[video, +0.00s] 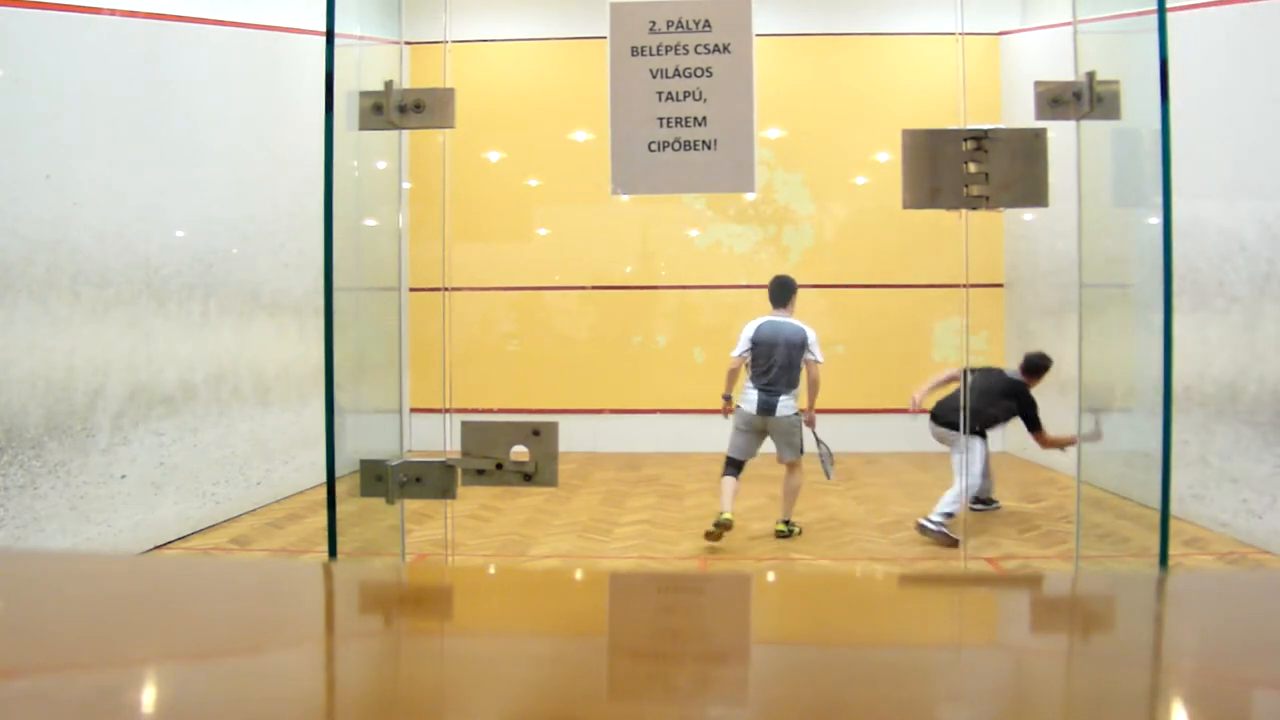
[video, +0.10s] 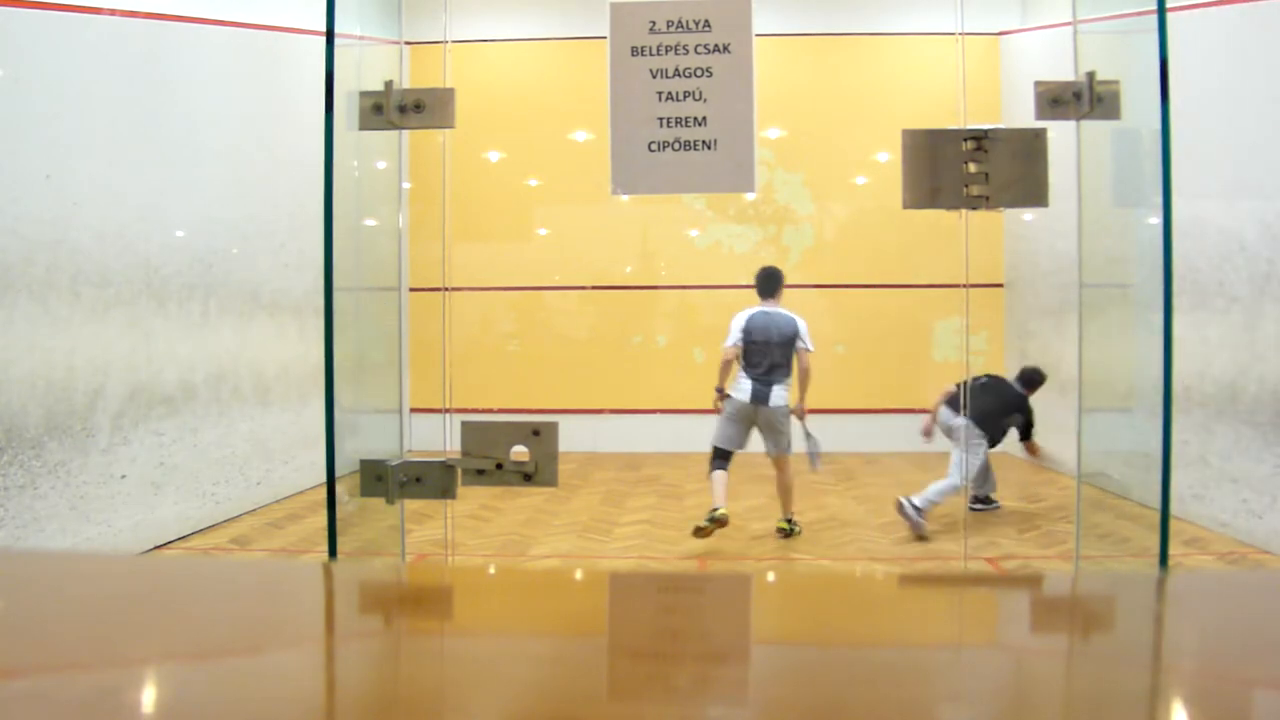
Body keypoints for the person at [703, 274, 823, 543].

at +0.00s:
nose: (796, 300)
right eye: (796, 296)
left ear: (770, 298)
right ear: (793, 298)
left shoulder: (753, 327)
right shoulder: (805, 332)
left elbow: (734, 366)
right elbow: (813, 376)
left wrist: (727, 395)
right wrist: (810, 409)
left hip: (750, 409)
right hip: (785, 412)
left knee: (732, 466)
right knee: (793, 466)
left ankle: (725, 514)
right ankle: (784, 521)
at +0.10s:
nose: (779, 291)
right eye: (781, 287)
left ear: (757, 290)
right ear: (781, 290)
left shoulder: (742, 318)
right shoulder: (796, 322)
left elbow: (729, 356)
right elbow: (804, 365)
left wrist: (720, 388)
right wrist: (801, 401)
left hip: (741, 398)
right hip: (776, 401)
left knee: (720, 456)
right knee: (782, 463)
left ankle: (719, 508)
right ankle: (787, 518)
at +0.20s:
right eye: (763, 286)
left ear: (740, 290)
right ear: (765, 289)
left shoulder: (730, 319)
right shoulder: (783, 322)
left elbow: (722, 360)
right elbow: (794, 364)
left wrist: (708, 393)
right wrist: (788, 401)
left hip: (733, 397)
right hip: (768, 400)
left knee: (706, 460)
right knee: (775, 463)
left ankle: (704, 518)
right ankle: (778, 522)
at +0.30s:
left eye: (721, 298)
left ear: (720, 302)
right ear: (744, 300)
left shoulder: (717, 333)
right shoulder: (765, 333)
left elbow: (711, 378)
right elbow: (779, 376)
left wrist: (691, 415)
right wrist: (768, 407)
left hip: (726, 415)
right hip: (760, 415)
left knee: (692, 472)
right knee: (760, 475)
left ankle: (682, 536)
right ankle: (776, 532)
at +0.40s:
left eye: (692, 298)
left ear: (692, 301)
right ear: (715, 301)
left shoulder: (691, 332)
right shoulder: (736, 334)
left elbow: (695, 376)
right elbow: (752, 378)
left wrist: (682, 420)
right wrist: (740, 404)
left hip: (710, 416)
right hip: (742, 414)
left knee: (671, 476)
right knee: (750, 476)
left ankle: (679, 544)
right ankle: (776, 533)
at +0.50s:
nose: (660, 299)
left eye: (657, 294)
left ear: (658, 297)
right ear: (683, 297)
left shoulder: (663, 327)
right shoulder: (702, 329)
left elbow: (674, 368)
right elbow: (718, 374)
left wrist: (661, 415)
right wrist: (700, 398)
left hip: (688, 415)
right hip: (717, 412)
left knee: (654, 480)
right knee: (718, 471)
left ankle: (677, 547)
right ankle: (752, 530)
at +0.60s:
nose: (620, 306)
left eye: (620, 301)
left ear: (623, 304)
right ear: (646, 302)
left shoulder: (636, 332)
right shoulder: (660, 330)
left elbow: (649, 376)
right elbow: (674, 377)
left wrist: (634, 423)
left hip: (669, 420)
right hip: (694, 419)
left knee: (625, 480)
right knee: (661, 473)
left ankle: (662, 539)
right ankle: (697, 530)